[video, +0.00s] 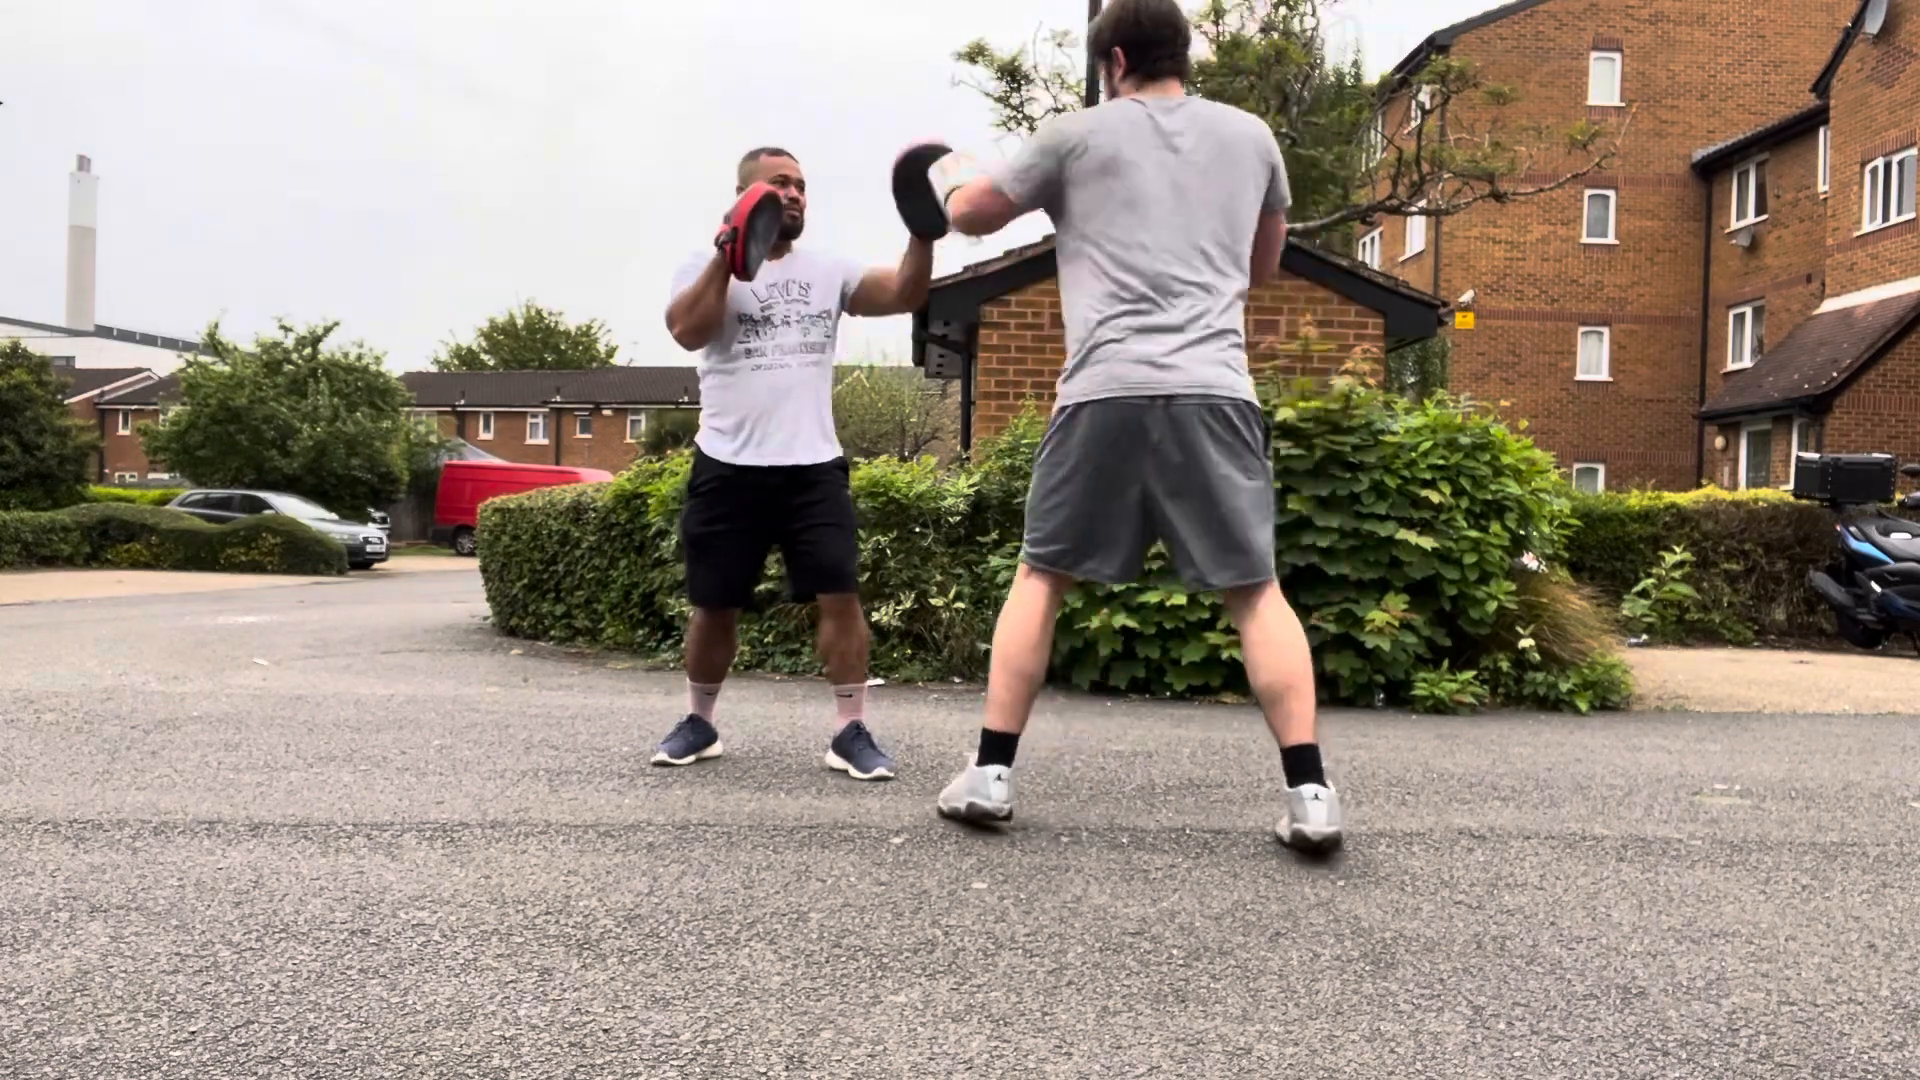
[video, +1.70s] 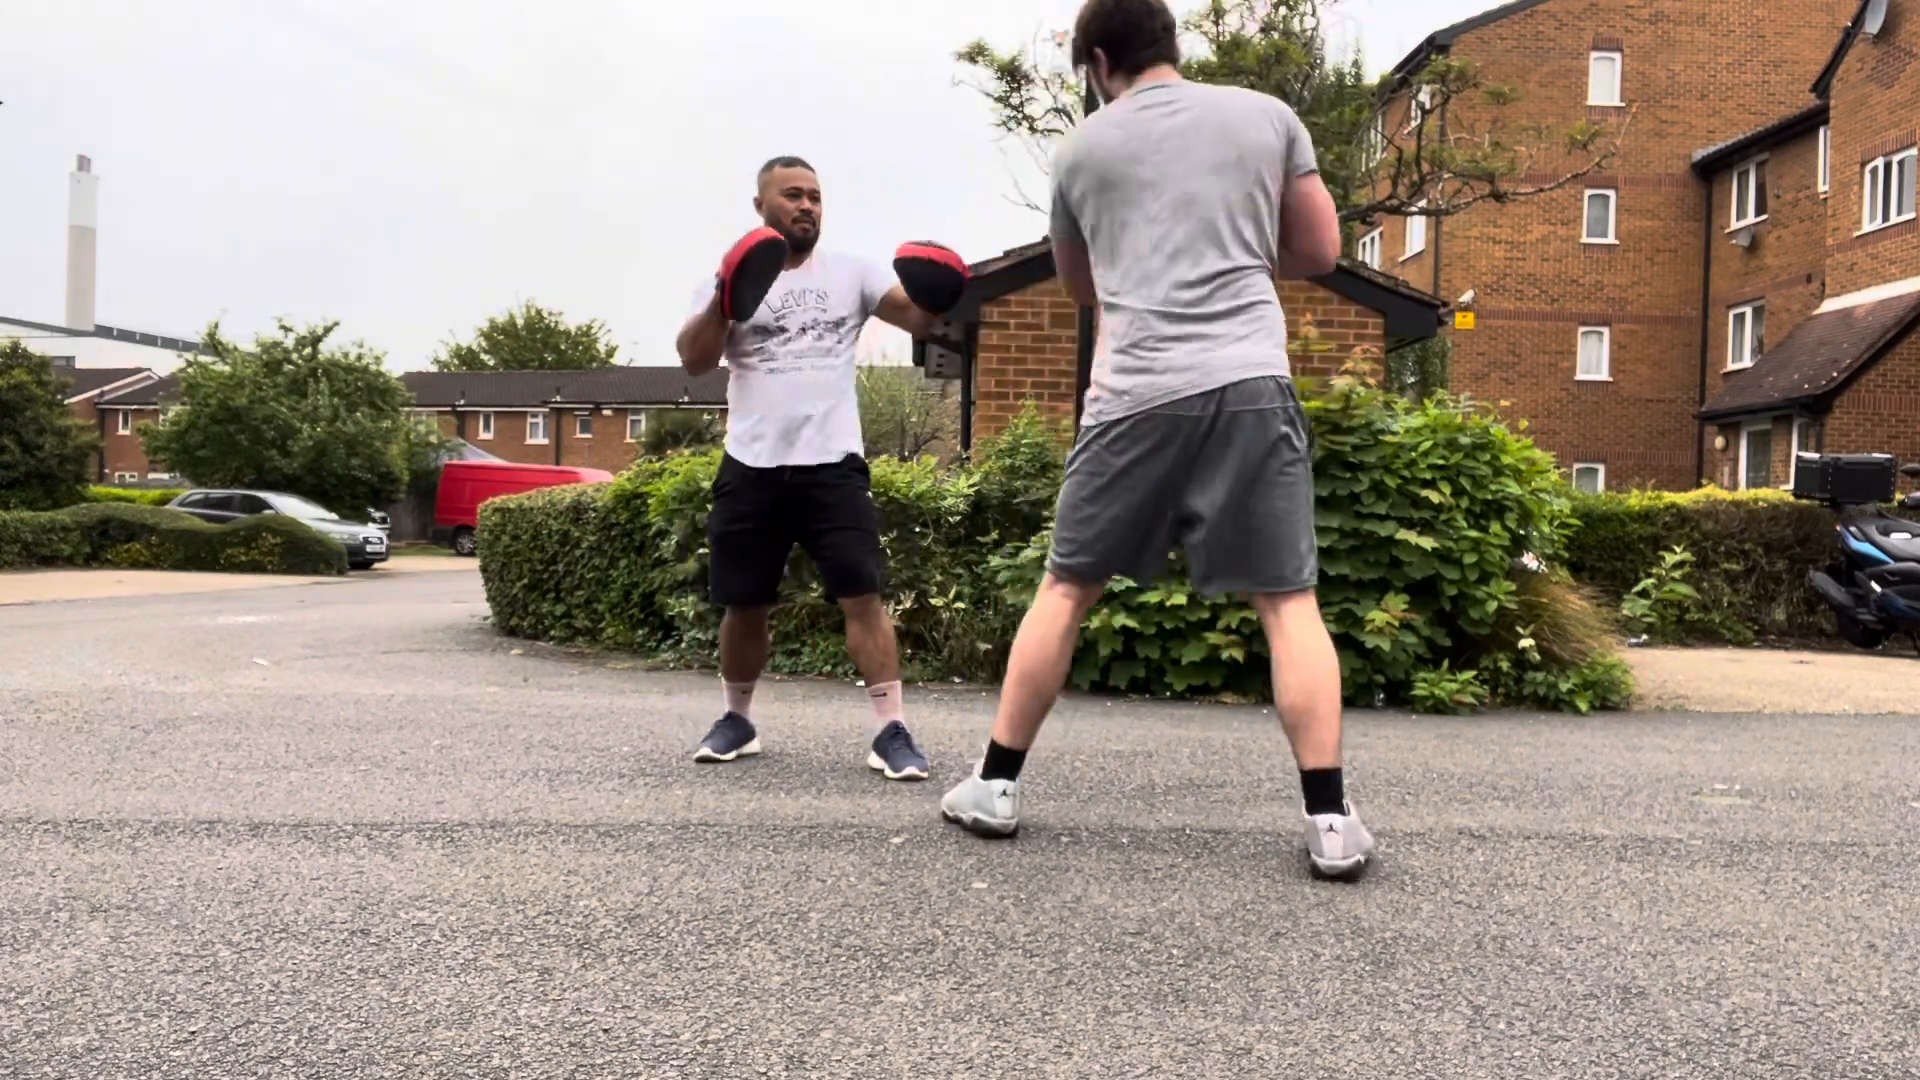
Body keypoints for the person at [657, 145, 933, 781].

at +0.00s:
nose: (792, 193)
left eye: (799, 185)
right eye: (777, 183)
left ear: (807, 200)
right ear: (743, 197)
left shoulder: (827, 268)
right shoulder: (705, 266)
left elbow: (905, 292)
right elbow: (688, 333)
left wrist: (923, 225)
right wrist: (727, 257)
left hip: (813, 464)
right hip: (727, 465)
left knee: (839, 590)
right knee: (712, 601)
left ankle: (851, 728)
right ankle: (699, 721)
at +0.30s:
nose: (810, 196)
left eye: (815, 188)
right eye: (797, 185)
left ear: (821, 204)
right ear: (765, 197)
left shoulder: (829, 282)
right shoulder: (726, 260)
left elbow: (869, 365)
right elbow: (730, 294)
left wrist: (905, 317)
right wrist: (757, 214)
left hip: (819, 462)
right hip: (736, 461)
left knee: (857, 579)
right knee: (719, 601)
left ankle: (868, 720)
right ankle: (699, 720)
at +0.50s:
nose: (828, 194)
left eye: (834, 187)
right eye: (813, 184)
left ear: (843, 201)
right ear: (778, 198)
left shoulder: (858, 278)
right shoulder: (743, 261)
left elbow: (907, 358)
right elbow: (719, 314)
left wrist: (926, 297)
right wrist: (780, 254)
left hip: (838, 464)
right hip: (753, 461)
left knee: (871, 592)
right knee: (727, 603)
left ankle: (890, 729)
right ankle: (700, 721)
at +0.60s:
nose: (849, 191)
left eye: (856, 184)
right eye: (834, 180)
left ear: (864, 202)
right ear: (799, 195)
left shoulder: (891, 265)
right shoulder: (764, 270)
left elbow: (981, 274)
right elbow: (731, 351)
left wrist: (1006, 211)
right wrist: (795, 301)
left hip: (856, 466)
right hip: (768, 464)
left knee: (881, 591)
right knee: (734, 600)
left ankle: (892, 730)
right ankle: (700, 719)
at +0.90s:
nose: (892, 189)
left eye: (899, 181)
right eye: (877, 178)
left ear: (906, 196)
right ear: (841, 187)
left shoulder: (926, 268)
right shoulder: (806, 259)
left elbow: (993, 325)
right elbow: (749, 324)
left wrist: (1017, 275)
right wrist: (791, 256)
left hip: (883, 462)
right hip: (796, 455)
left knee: (896, 595)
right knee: (751, 589)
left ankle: (893, 730)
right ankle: (702, 710)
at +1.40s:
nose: (842, 203)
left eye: (852, 196)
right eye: (829, 191)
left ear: (861, 210)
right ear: (797, 200)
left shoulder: (885, 284)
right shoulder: (755, 277)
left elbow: (940, 347)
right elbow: (716, 367)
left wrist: (995, 348)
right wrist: (753, 310)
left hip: (851, 468)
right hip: (768, 466)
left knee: (874, 592)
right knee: (750, 599)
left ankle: (891, 730)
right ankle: (736, 719)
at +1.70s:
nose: (806, 205)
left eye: (814, 197)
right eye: (792, 195)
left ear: (824, 208)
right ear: (759, 205)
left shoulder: (853, 270)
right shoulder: (735, 275)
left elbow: (923, 321)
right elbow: (693, 360)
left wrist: (938, 287)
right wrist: (731, 297)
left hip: (834, 461)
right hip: (751, 465)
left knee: (862, 591)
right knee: (744, 599)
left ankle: (891, 729)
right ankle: (735, 720)